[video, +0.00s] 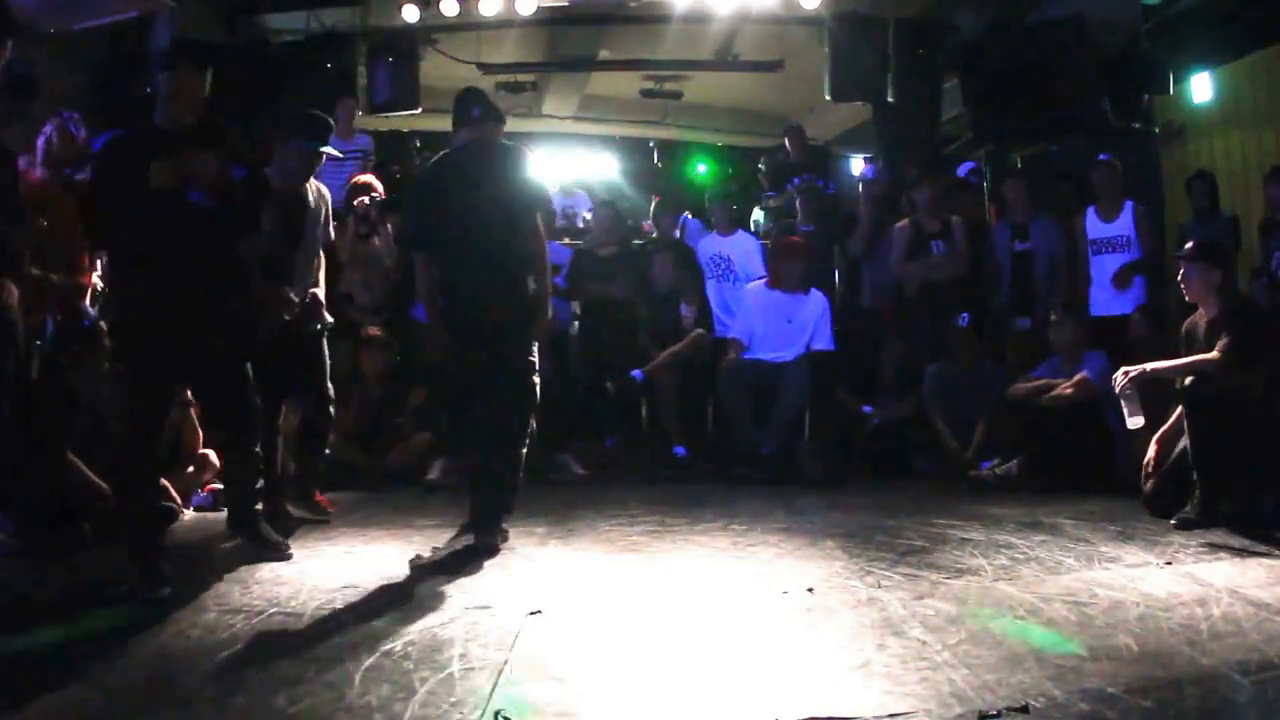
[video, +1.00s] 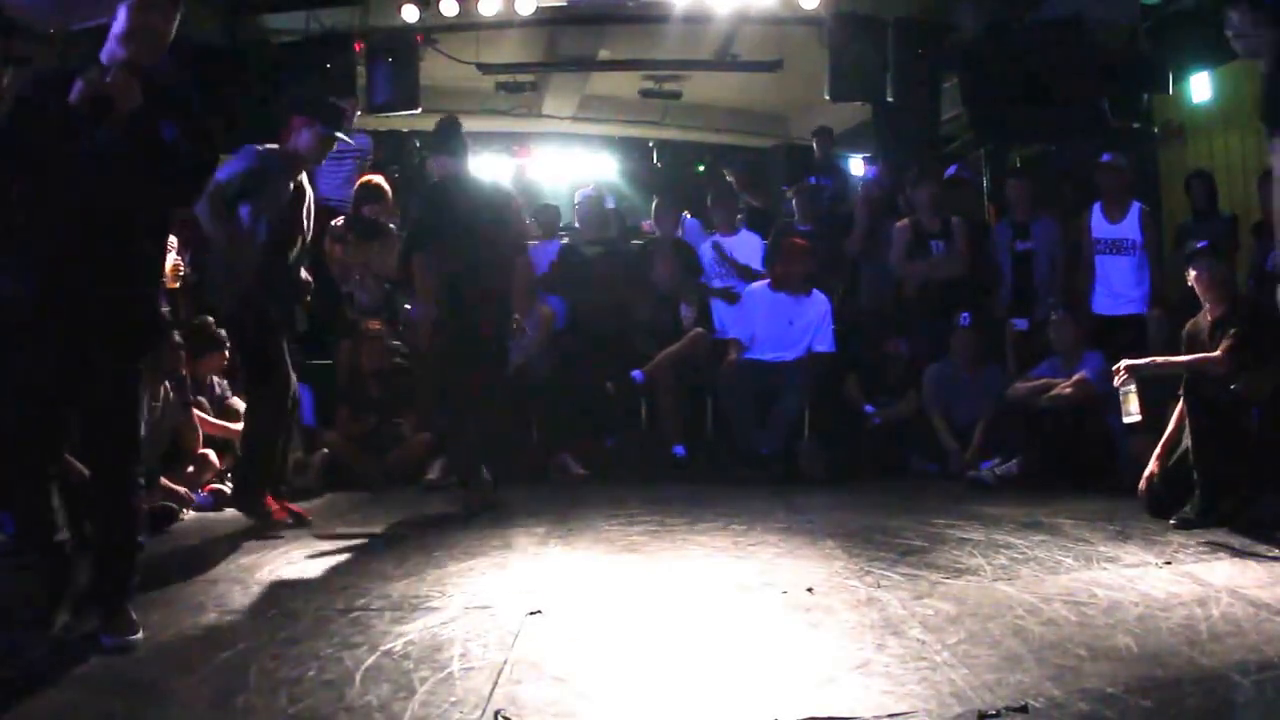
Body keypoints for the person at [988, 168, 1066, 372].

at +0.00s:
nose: (1016, 197)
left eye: (1020, 191)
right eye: (1011, 191)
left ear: (1028, 194)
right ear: (1004, 195)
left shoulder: (1047, 229)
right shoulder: (998, 233)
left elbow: (1058, 270)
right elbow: (993, 273)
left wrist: (1055, 304)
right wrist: (996, 305)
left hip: (1041, 308)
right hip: (1009, 310)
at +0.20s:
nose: (1015, 197)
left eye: (1019, 190)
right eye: (1010, 191)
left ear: (1027, 194)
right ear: (1004, 196)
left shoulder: (1045, 228)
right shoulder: (999, 232)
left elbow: (1057, 265)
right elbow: (995, 270)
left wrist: (1057, 299)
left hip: (1041, 300)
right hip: (1010, 302)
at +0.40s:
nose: (1015, 195)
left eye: (1019, 189)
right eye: (1010, 189)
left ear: (1028, 192)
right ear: (1005, 194)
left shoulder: (1046, 228)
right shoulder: (999, 231)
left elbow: (1057, 267)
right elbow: (994, 271)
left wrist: (1056, 299)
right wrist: (996, 304)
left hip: (1041, 303)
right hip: (1009, 305)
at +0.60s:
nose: (1014, 195)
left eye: (1019, 189)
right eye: (1010, 189)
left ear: (1028, 192)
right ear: (1005, 193)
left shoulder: (1046, 229)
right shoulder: (999, 231)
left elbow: (1057, 266)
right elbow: (995, 270)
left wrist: (1055, 298)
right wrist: (997, 303)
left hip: (1040, 304)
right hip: (1009, 306)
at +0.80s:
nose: (1017, 196)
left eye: (1021, 190)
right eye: (1012, 190)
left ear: (1029, 193)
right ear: (1007, 195)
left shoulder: (1045, 227)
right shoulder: (1000, 230)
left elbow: (1057, 265)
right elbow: (997, 269)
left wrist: (1054, 300)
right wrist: (999, 303)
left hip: (1040, 302)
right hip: (1010, 304)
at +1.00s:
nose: (1018, 198)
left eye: (1022, 192)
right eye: (1013, 193)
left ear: (1030, 195)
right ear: (1007, 197)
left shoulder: (1047, 227)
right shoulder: (1000, 231)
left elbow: (1056, 265)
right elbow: (998, 269)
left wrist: (1054, 298)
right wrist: (999, 302)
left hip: (1040, 300)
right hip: (1010, 303)